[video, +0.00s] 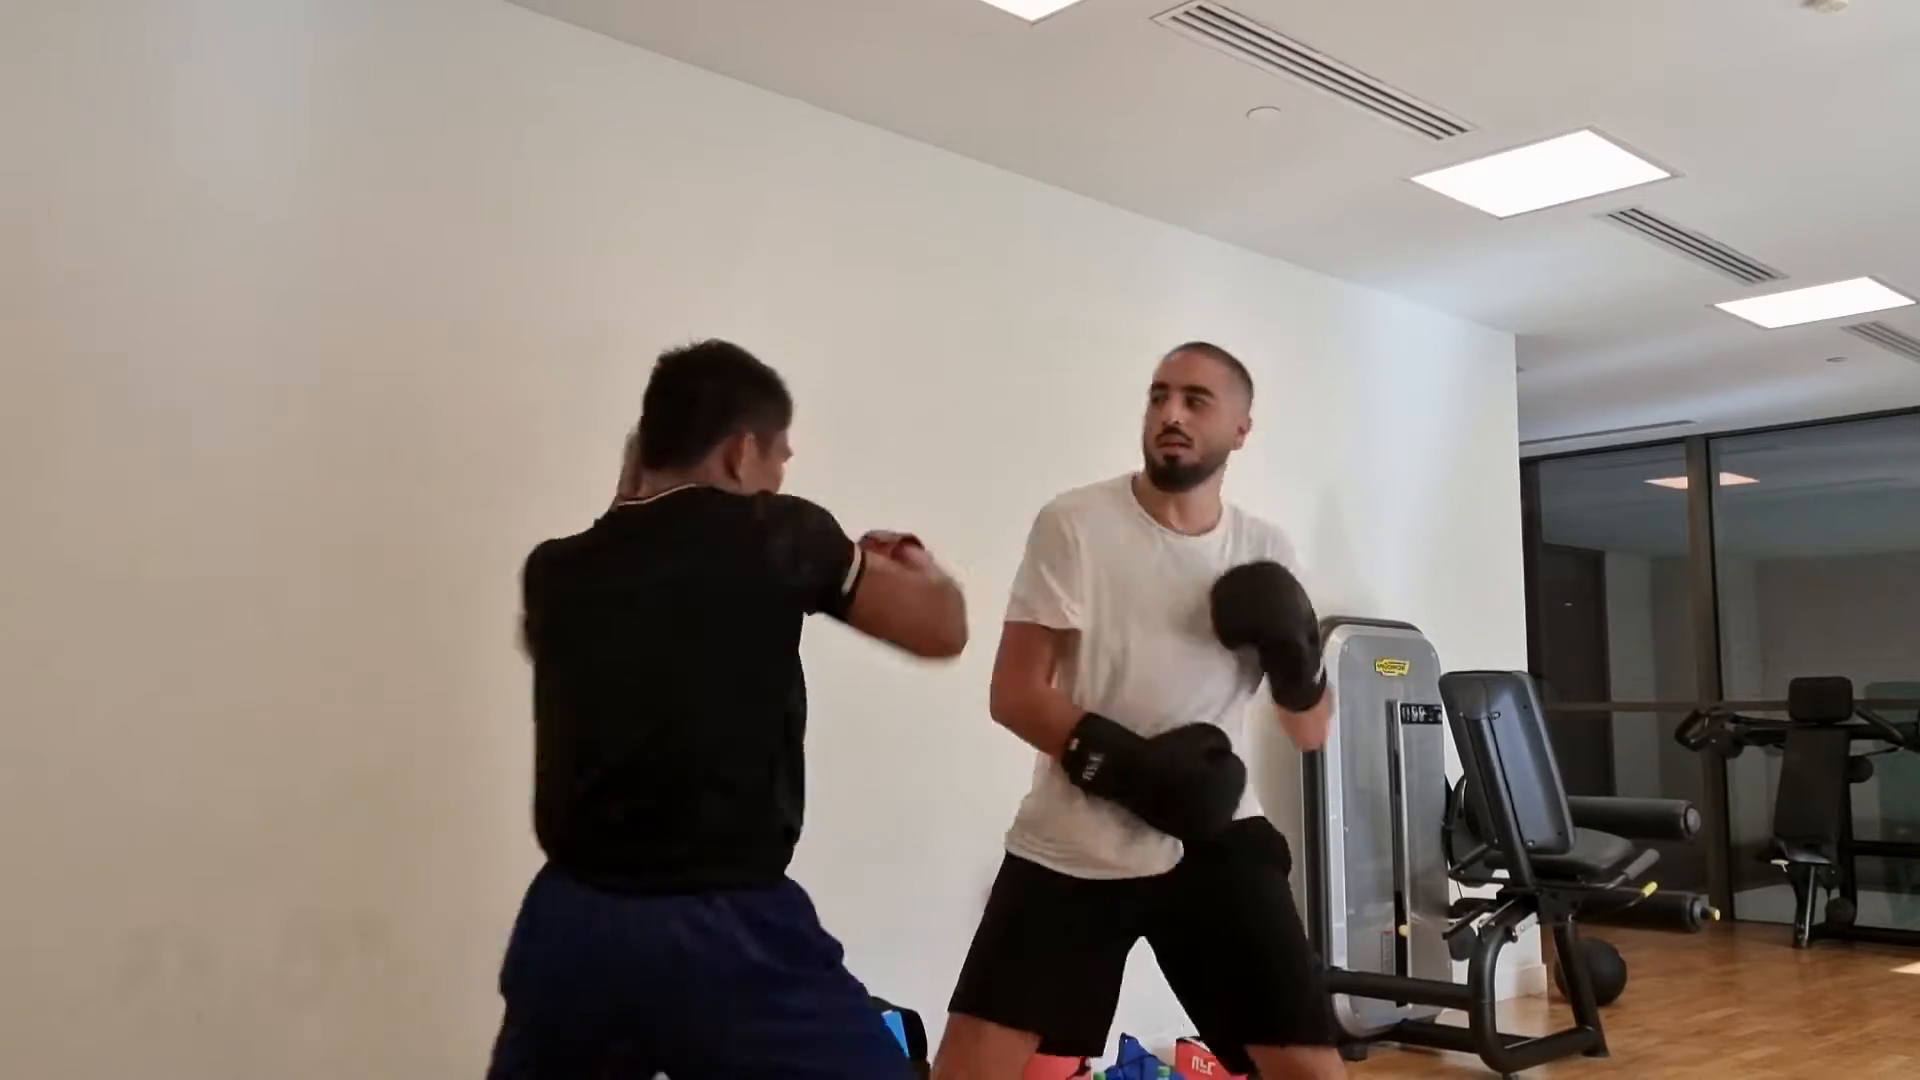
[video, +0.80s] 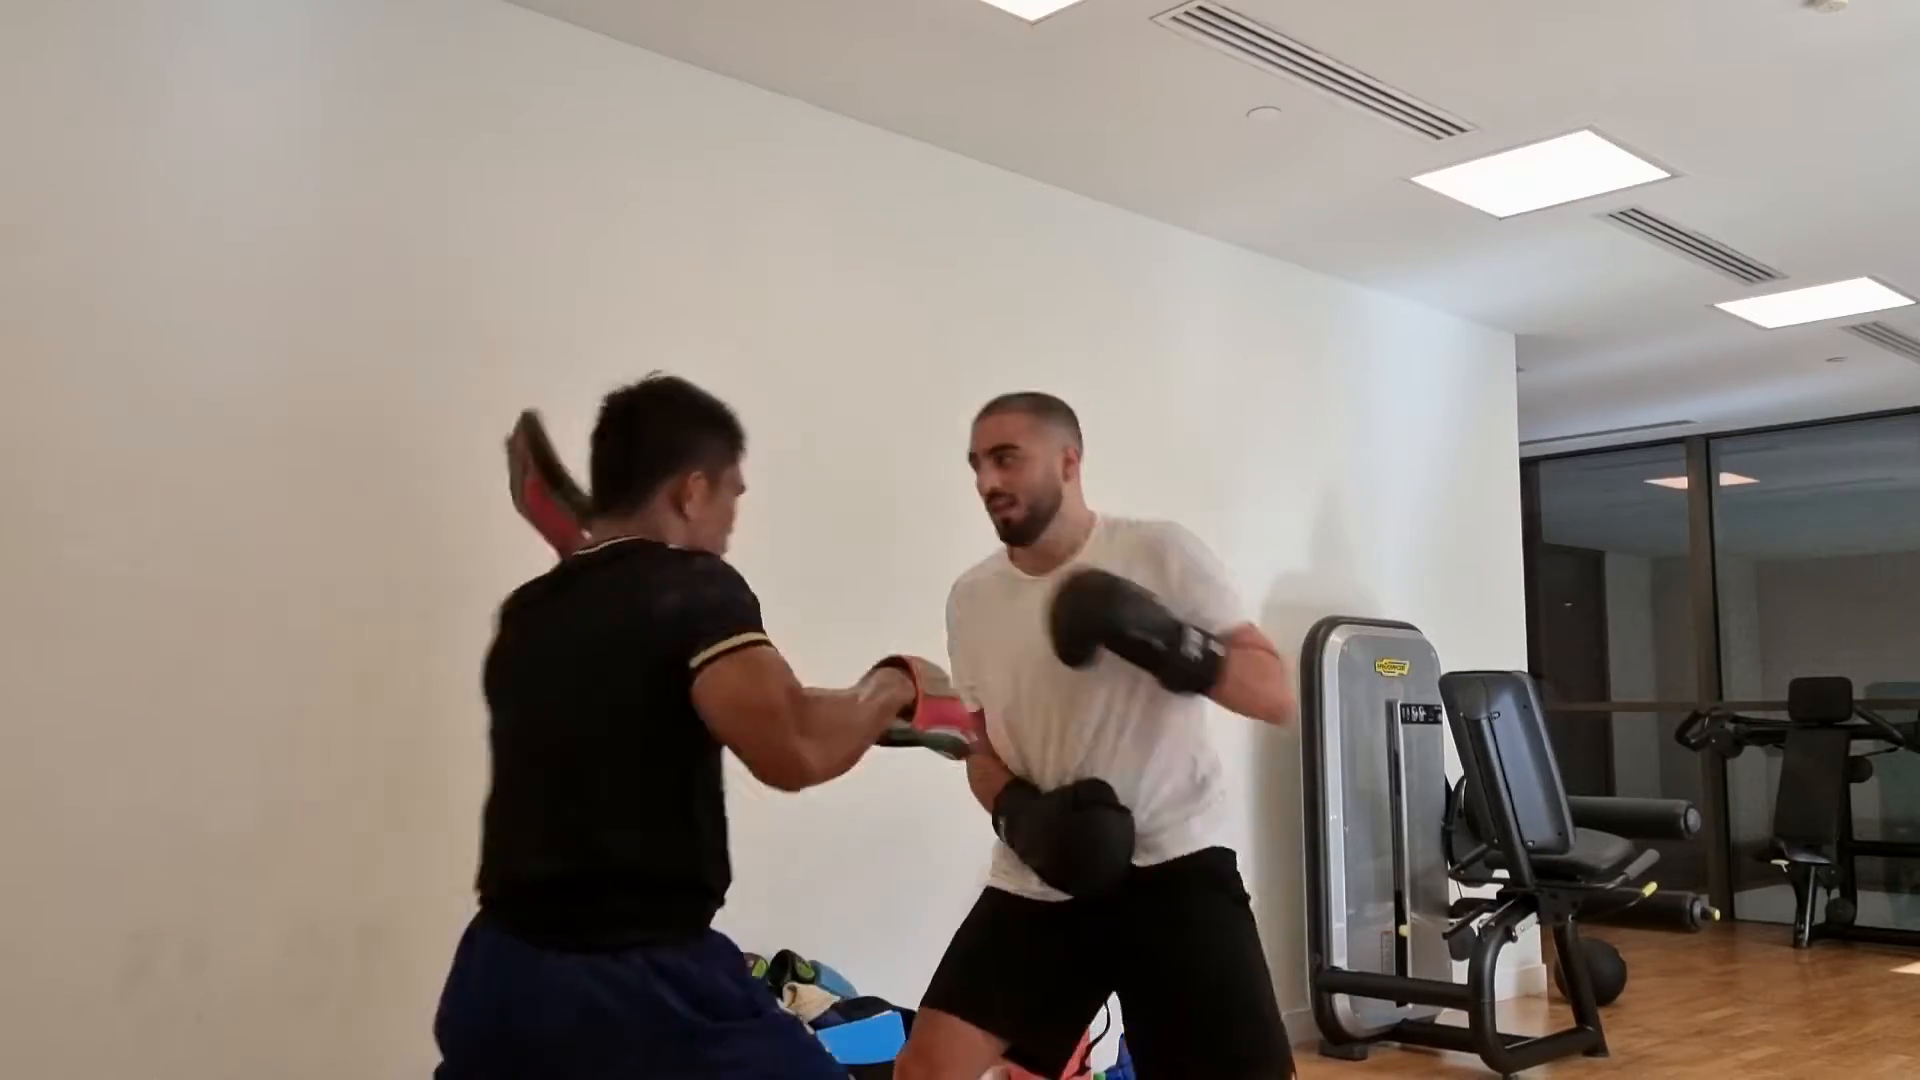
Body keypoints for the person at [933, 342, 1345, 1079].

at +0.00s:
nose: (1171, 413)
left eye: (1198, 400)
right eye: (1160, 397)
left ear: (1241, 430)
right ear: (1143, 415)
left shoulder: (1266, 551)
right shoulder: (1074, 526)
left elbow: (1311, 731)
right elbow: (1015, 692)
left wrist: (1292, 649)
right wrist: (1127, 763)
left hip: (1217, 856)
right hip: (1068, 852)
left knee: (1312, 1069)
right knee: (972, 1068)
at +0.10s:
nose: (1097, 402)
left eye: (1122, 385)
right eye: (1088, 386)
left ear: (1175, 408)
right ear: (1077, 402)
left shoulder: (1231, 502)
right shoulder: (1026, 538)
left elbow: (1294, 631)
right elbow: (1005, 698)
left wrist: (1169, 535)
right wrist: (1060, 729)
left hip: (1219, 835)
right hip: (1069, 842)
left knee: (1307, 1067)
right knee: (961, 1054)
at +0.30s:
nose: (912, 528)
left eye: (921, 502)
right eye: (903, 513)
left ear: (985, 493)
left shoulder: (1041, 527)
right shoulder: (1007, 614)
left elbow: (1159, 619)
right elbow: (1077, 736)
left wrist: (989, 667)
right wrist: (1049, 794)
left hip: (1218, 814)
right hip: (1107, 837)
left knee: (1269, 1063)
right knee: (983, 1030)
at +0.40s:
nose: (863, 641)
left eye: (867, 612)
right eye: (851, 625)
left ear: (923, 579)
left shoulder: (1024, 618)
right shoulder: (985, 675)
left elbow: (1159, 732)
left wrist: (1028, 790)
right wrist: (1048, 835)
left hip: (1225, 852)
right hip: (1112, 876)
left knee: (1256, 1065)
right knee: (968, 1039)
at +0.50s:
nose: (891, 643)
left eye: (900, 613)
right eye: (880, 622)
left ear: (965, 588)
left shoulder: (1088, 631)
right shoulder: (959, 702)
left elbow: (1234, 754)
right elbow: (1029, 808)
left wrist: (1112, 794)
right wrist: (1072, 862)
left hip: (1213, 875)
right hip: (1088, 892)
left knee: (1259, 1071)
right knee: (952, 1052)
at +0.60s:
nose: (971, 583)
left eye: (984, 554)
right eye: (959, 566)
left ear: (1049, 544)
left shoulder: (1173, 607)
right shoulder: (974, 660)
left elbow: (1293, 747)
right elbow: (998, 808)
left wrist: (1191, 756)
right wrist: (1068, 867)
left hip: (1205, 884)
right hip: (1062, 894)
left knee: (1261, 1073)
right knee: (940, 1067)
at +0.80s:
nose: (987, 482)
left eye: (1006, 458)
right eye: (978, 465)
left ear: (1069, 462)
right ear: (973, 478)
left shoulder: (1161, 552)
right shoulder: (973, 599)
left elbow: (1276, 695)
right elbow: (977, 744)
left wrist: (1166, 639)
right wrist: (1023, 813)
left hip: (1176, 878)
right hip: (1032, 891)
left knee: (1245, 1070)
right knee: (930, 1066)